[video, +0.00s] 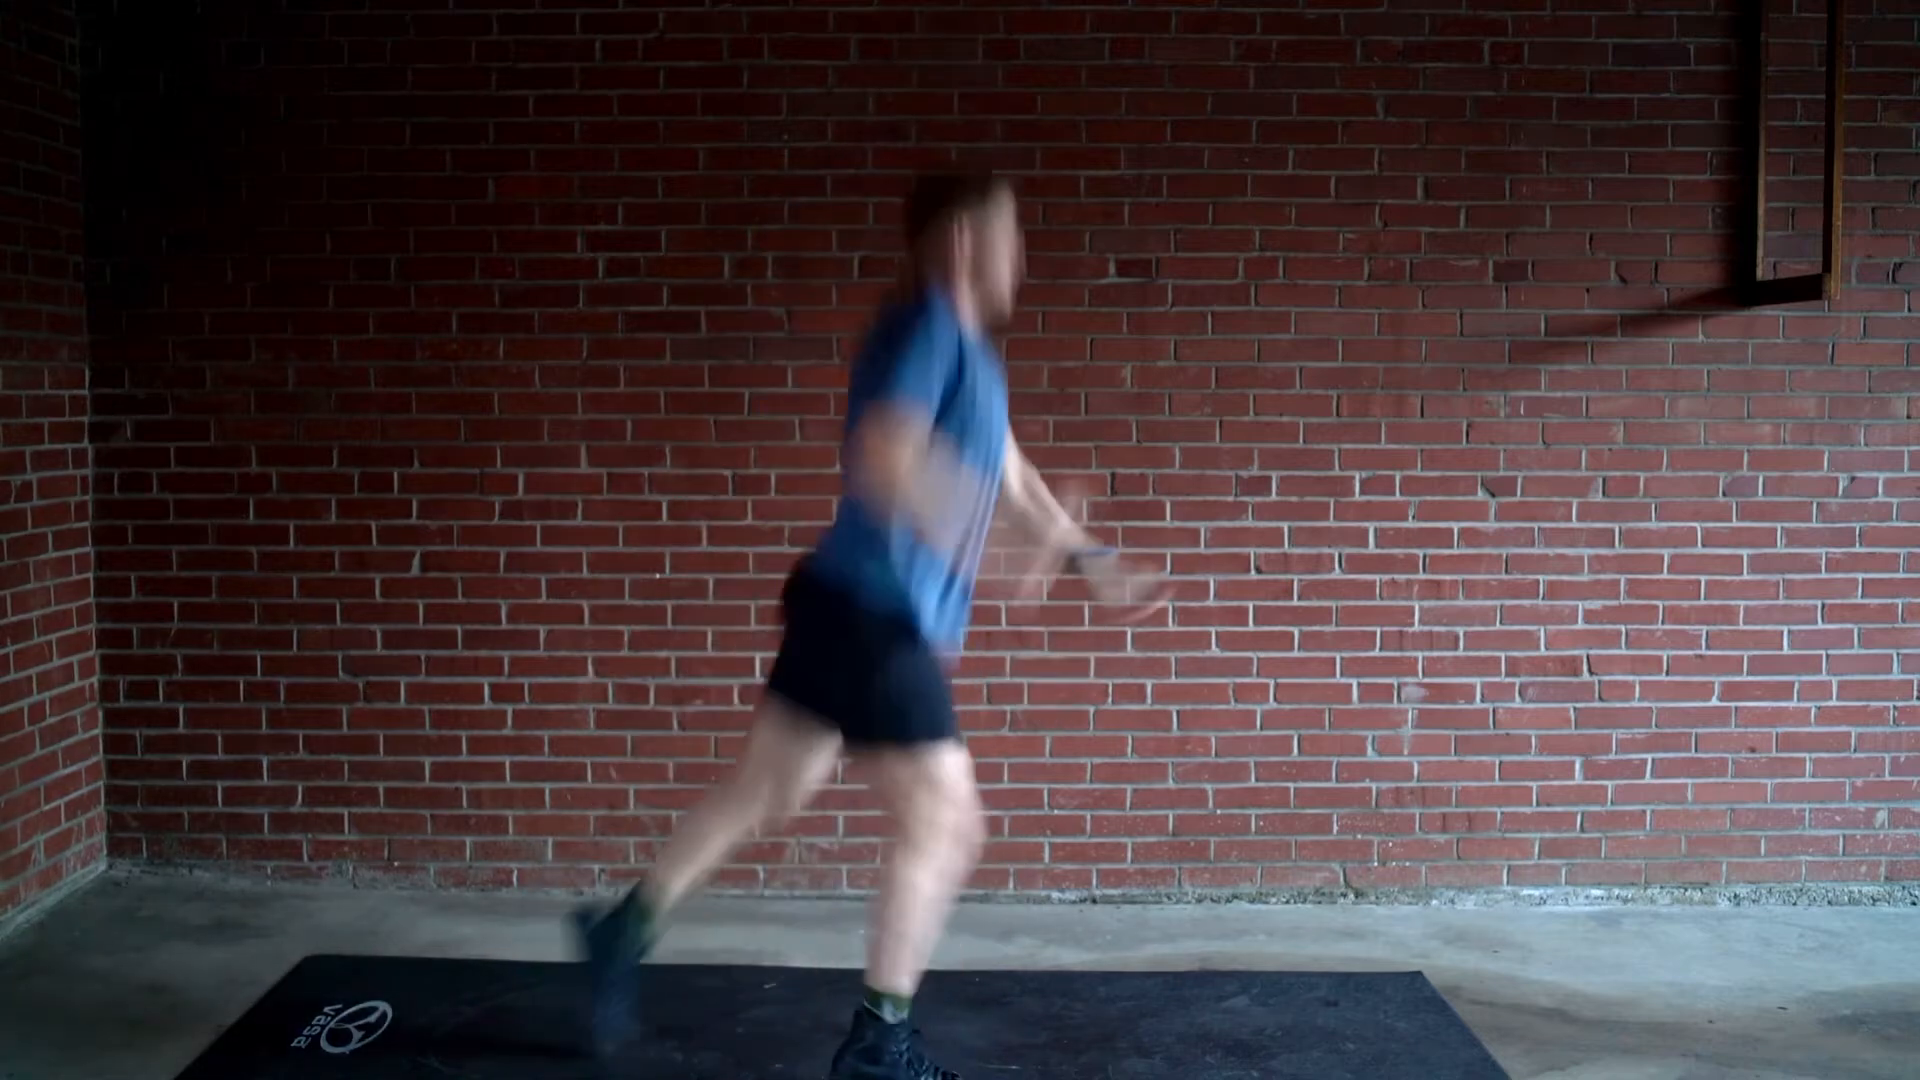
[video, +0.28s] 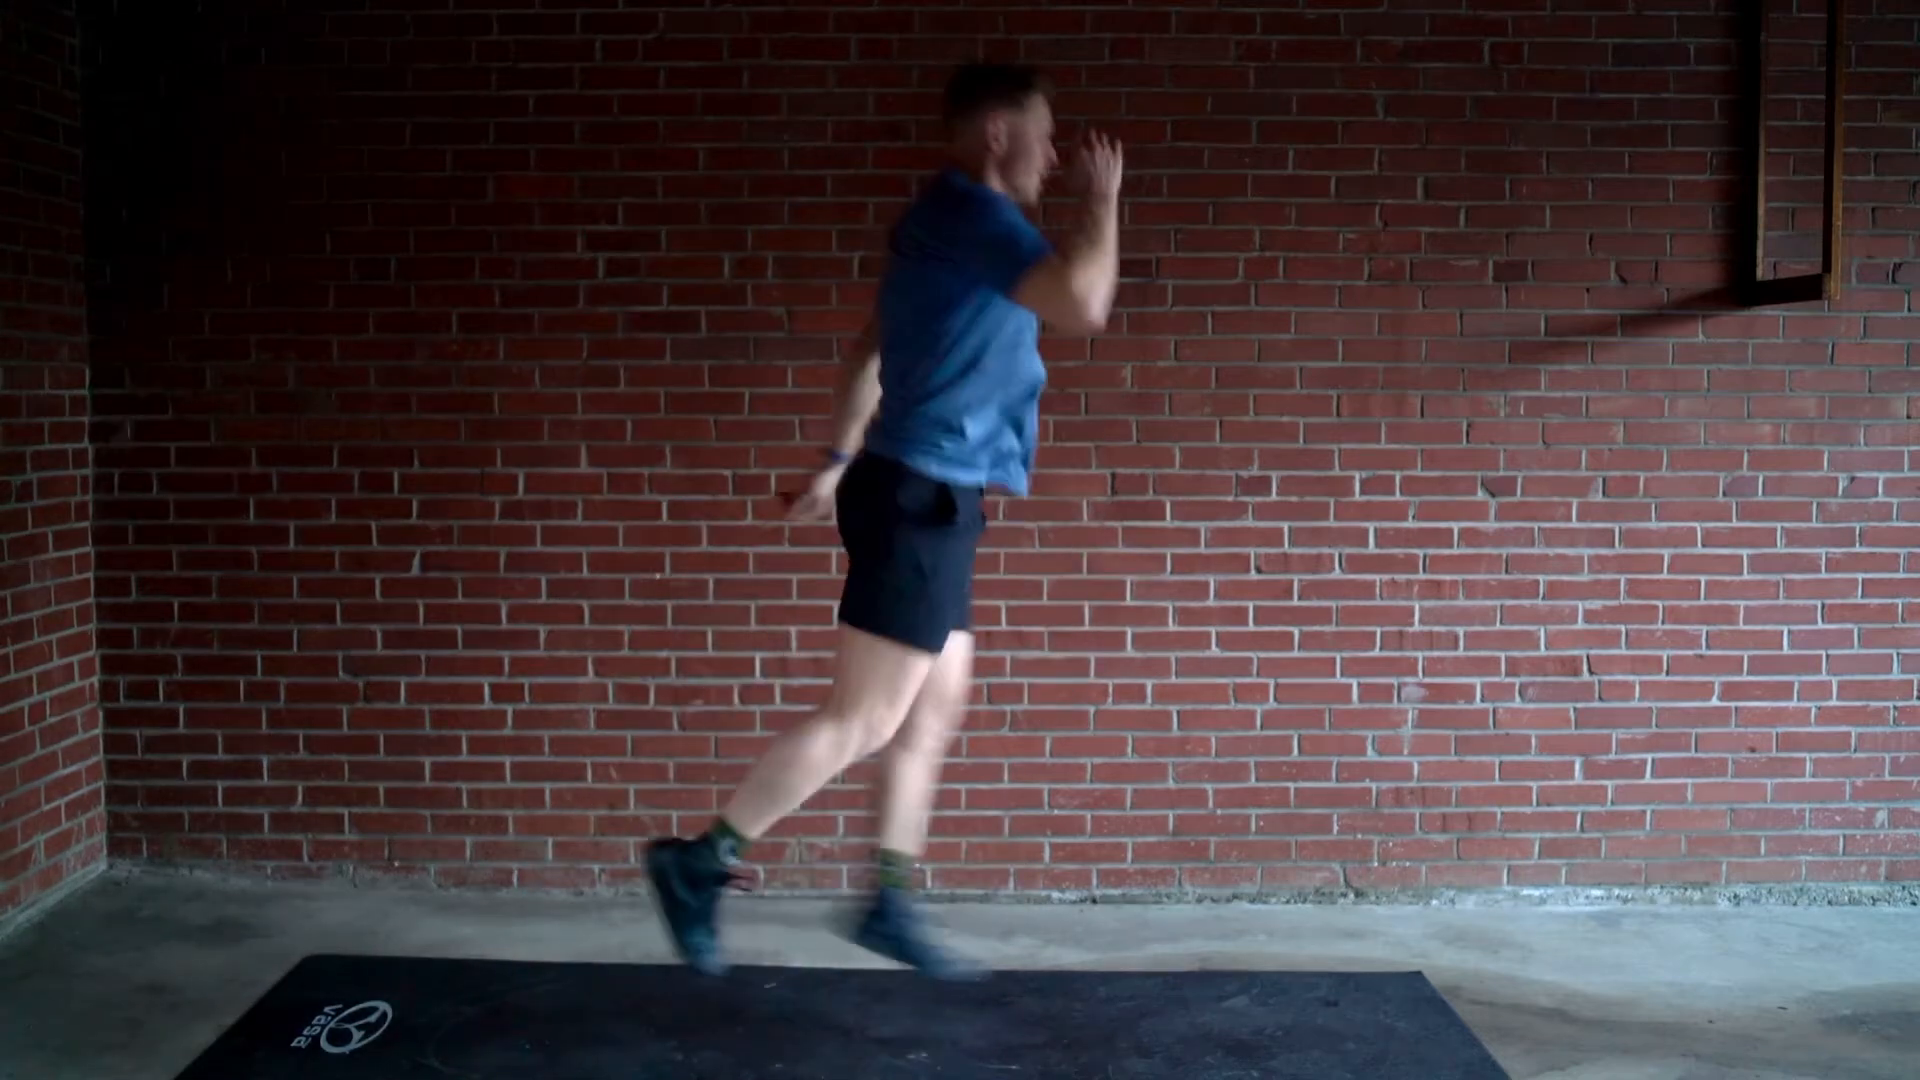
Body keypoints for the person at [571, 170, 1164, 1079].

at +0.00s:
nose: (1019, 254)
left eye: (1017, 234)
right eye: (1005, 234)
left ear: (979, 243)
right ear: (956, 241)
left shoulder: (973, 355)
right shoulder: (925, 332)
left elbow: (1010, 473)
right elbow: (881, 454)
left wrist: (1091, 560)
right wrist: (980, 535)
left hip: (857, 606)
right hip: (869, 611)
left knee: (768, 787)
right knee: (944, 822)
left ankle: (626, 921)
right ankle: (880, 1035)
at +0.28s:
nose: (1053, 149)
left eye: (1051, 132)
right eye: (1041, 132)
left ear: (989, 135)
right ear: (993, 131)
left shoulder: (948, 218)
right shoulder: (970, 216)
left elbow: (874, 351)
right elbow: (1083, 305)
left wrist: (836, 458)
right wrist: (1103, 200)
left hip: (934, 497)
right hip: (915, 498)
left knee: (937, 705)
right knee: (864, 718)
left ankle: (891, 899)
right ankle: (700, 862)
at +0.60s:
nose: (1108, 436)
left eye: (1106, 417)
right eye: (1097, 417)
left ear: (1037, 418)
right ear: (1055, 418)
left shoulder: (975, 489)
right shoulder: (1024, 510)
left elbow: (876, 567)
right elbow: (1112, 642)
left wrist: (819, 677)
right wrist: (1142, 525)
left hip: (936, 732)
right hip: (901, 743)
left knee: (1068, 813)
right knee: (892, 968)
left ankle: (986, 979)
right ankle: (693, 973)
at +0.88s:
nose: (1113, 527)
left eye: (1110, 510)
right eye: (1103, 510)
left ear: (1048, 522)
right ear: (1058, 521)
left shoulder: (998, 580)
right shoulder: (1016, 592)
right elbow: (1103, 730)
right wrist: (1137, 619)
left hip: (916, 790)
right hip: (867, 804)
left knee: (1061, 816)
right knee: (890, 1024)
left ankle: (986, 980)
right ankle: (699, 978)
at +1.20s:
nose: (1051, 251)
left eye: (1050, 232)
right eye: (1038, 232)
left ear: (1005, 241)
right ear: (992, 237)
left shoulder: (1002, 336)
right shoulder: (968, 319)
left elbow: (999, 435)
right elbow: (941, 434)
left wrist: (1090, 418)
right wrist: (1044, 518)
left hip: (956, 611)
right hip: (901, 599)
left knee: (1001, 771)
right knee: (828, 780)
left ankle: (984, 966)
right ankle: (690, 951)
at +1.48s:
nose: (1045, 113)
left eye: (1044, 96)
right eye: (1033, 94)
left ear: (999, 105)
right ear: (980, 101)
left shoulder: (1005, 213)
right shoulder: (941, 183)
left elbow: (1075, 307)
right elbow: (832, 283)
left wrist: (1096, 207)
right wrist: (731, 387)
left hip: (936, 452)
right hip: (918, 449)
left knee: (870, 661)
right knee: (928, 668)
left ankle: (750, 798)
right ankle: (872, 876)